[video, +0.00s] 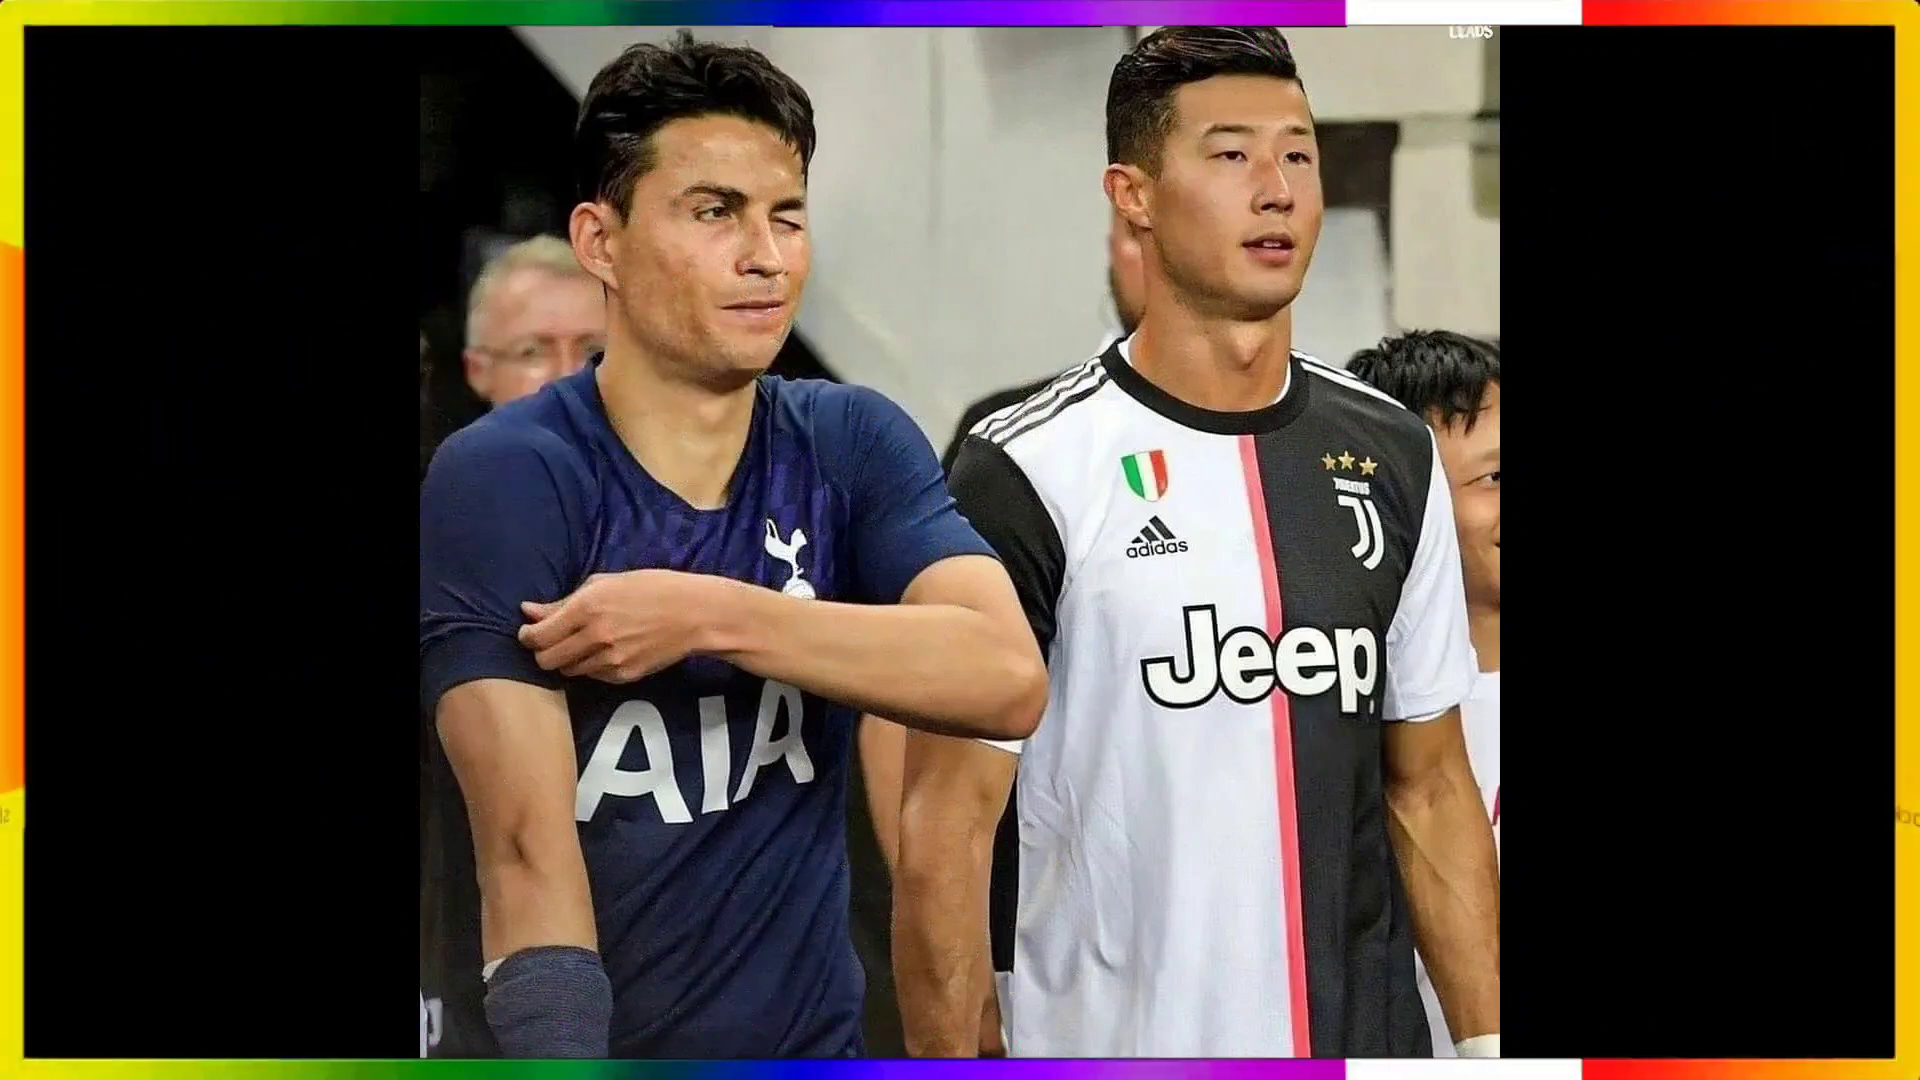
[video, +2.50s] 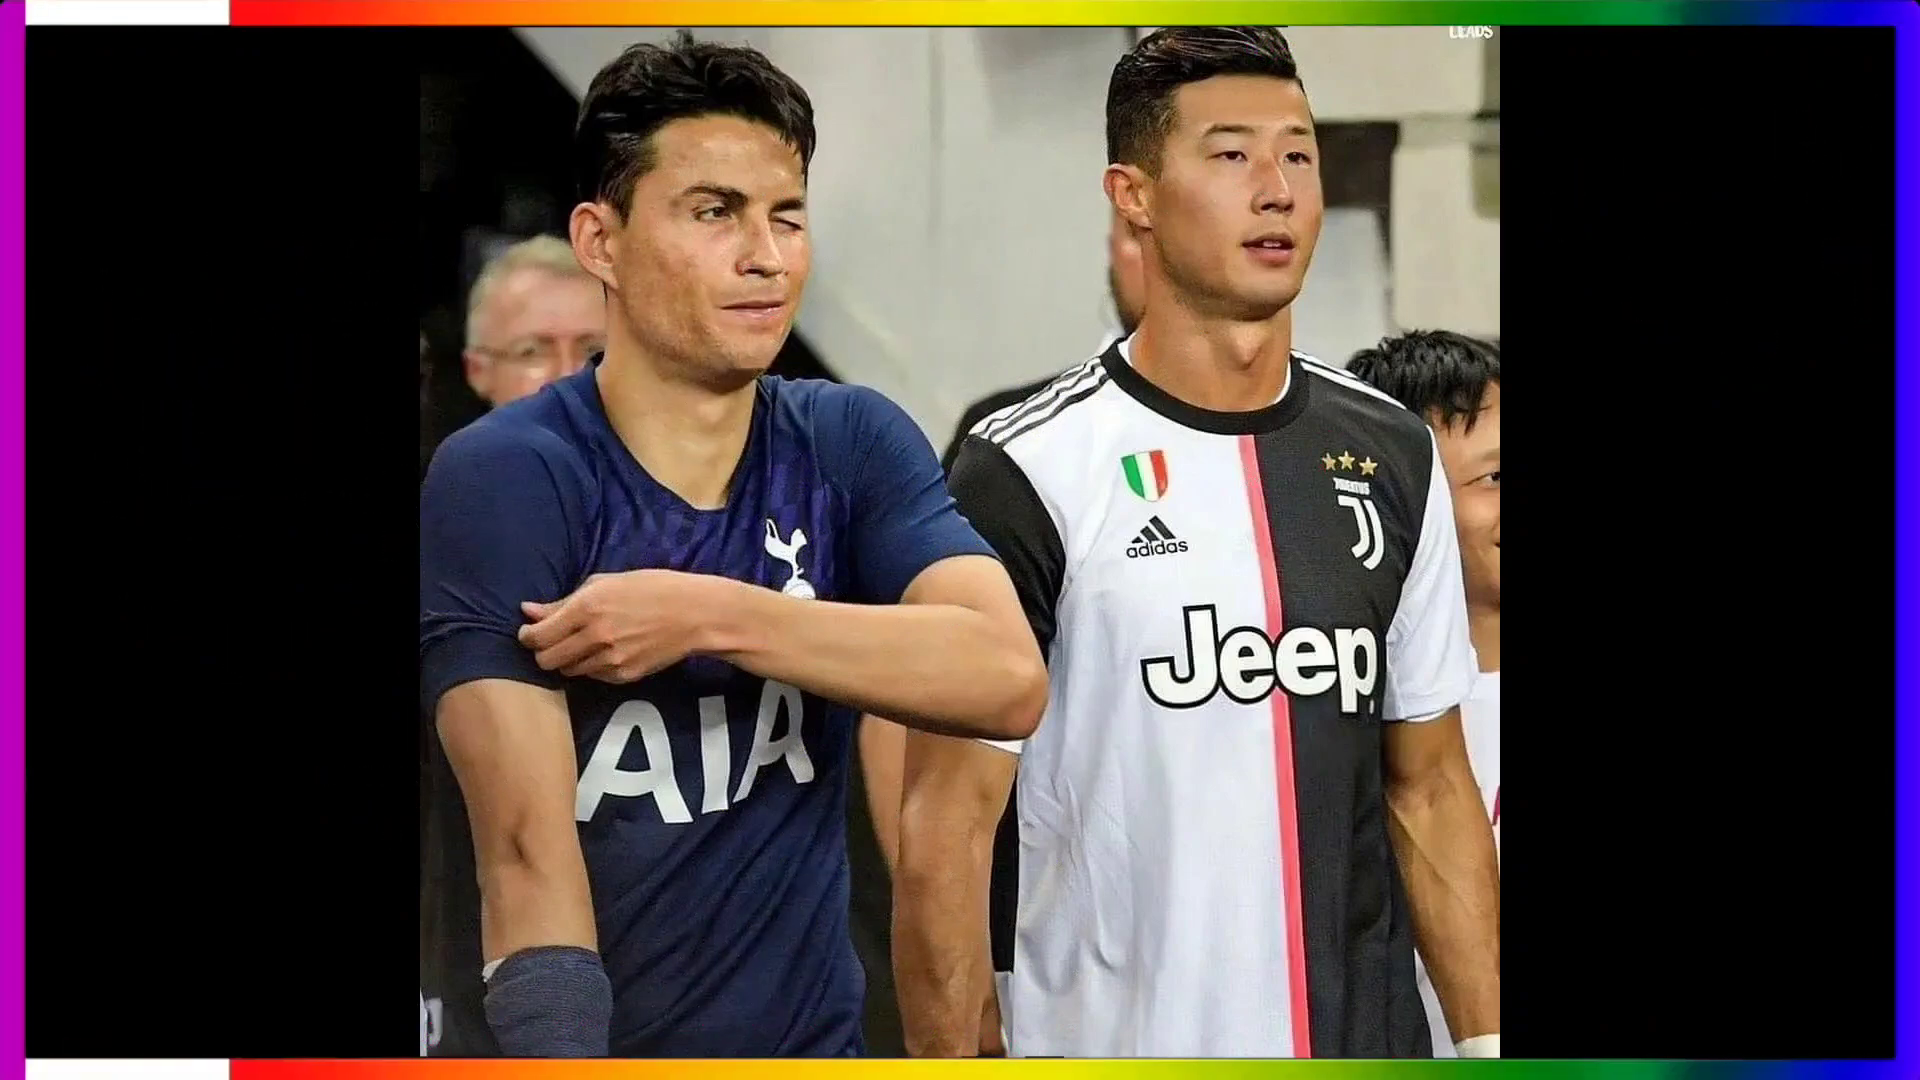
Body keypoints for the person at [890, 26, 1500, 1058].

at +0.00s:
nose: (1279, 193)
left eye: (1297, 159)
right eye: (1230, 156)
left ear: (1319, 187)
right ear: (1133, 197)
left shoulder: (1392, 451)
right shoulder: (1022, 462)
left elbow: (1431, 785)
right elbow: (948, 816)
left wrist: (1483, 1049)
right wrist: (952, 1066)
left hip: (1358, 1046)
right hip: (1107, 1046)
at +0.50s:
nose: (1279, 193)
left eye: (1297, 159)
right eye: (1230, 157)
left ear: (1319, 186)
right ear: (1134, 198)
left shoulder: (1392, 451)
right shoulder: (1022, 462)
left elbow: (1430, 784)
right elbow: (949, 816)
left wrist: (1484, 1046)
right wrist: (953, 1067)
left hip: (1358, 1046)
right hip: (1108, 1045)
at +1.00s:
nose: (1279, 193)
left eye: (1297, 159)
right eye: (1230, 157)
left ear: (1319, 187)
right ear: (1134, 198)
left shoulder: (1392, 450)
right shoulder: (1022, 462)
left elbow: (1431, 785)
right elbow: (948, 817)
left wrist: (1483, 1049)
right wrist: (953, 1067)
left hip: (1358, 1046)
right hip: (1106, 1046)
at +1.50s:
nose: (1279, 193)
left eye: (1297, 159)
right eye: (1230, 157)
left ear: (1319, 186)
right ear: (1134, 198)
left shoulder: (1392, 451)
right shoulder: (1022, 462)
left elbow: (1430, 784)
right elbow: (949, 816)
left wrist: (1484, 1046)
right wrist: (953, 1067)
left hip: (1359, 1046)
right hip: (1108, 1045)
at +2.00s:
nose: (1279, 193)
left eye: (1297, 159)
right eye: (1230, 157)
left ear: (1319, 187)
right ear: (1134, 198)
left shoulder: (1392, 450)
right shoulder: (1022, 462)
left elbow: (1431, 785)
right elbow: (948, 817)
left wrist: (1483, 1049)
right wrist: (952, 1067)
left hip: (1359, 1046)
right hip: (1106, 1046)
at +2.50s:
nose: (1279, 193)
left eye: (1297, 159)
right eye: (1230, 157)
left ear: (1319, 186)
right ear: (1134, 198)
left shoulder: (1392, 451)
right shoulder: (1022, 462)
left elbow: (1430, 784)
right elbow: (949, 816)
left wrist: (1484, 1045)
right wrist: (953, 1067)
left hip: (1358, 1046)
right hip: (1108, 1045)